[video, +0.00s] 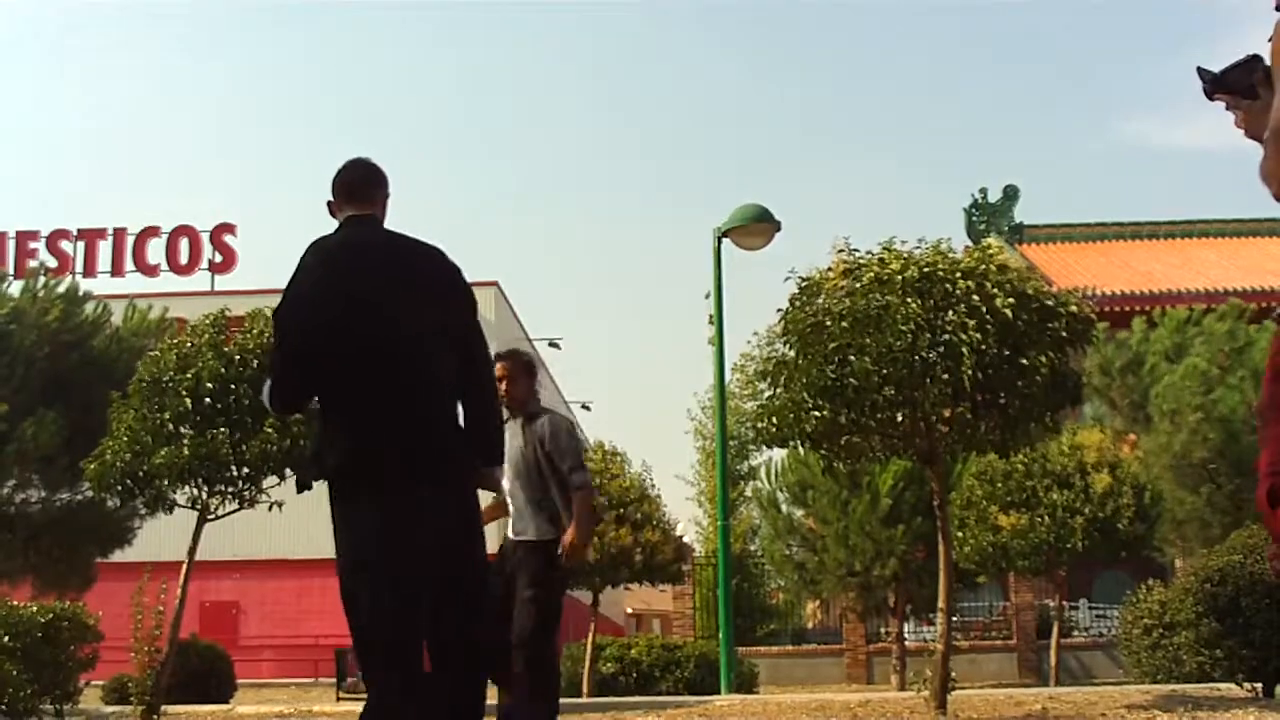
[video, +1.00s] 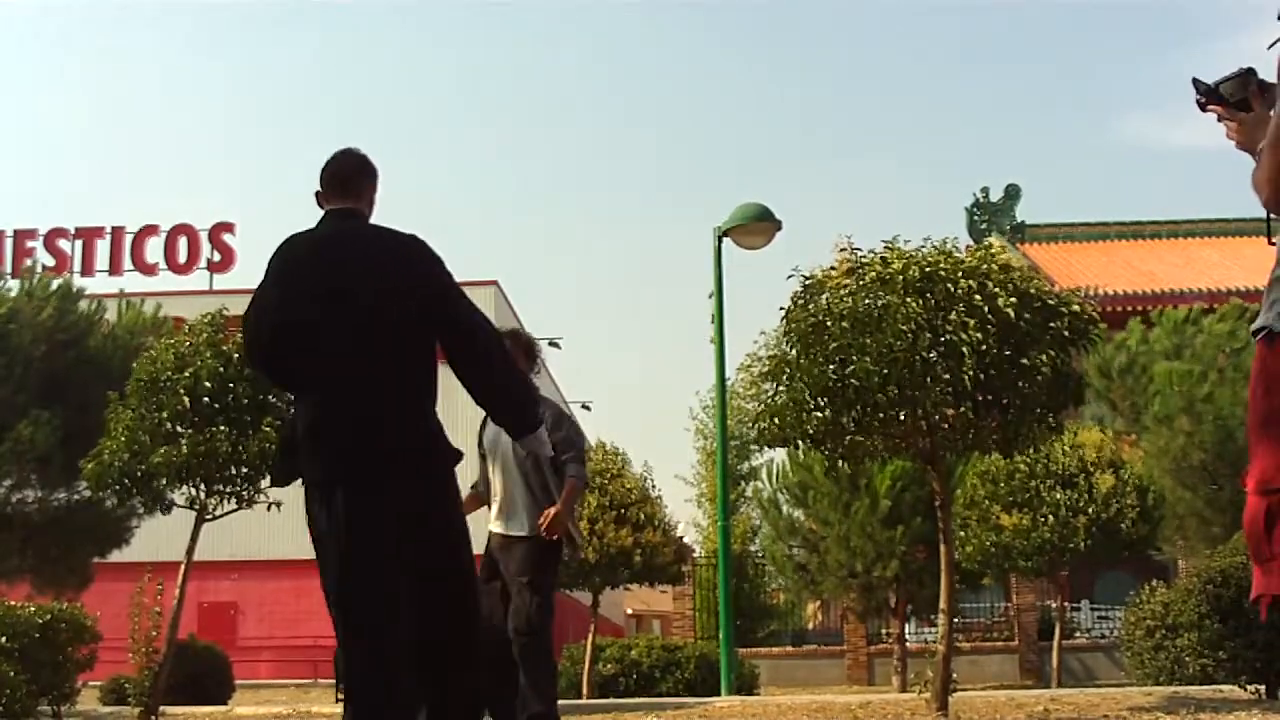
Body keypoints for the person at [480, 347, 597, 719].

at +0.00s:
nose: (501, 387)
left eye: (508, 379)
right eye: (497, 381)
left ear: (531, 381)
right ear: (495, 386)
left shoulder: (552, 424)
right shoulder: (508, 429)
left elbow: (581, 483)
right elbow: (512, 494)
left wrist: (579, 532)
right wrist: (477, 520)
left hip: (544, 546)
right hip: (513, 546)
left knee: (532, 638)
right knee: (501, 636)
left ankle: (536, 712)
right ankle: (514, 709)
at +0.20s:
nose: (495, 387)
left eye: (501, 379)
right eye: (492, 379)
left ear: (517, 384)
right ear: (489, 385)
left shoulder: (540, 433)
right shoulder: (485, 432)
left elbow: (565, 491)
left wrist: (548, 532)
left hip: (521, 551)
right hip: (487, 551)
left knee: (515, 642)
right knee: (492, 640)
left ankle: (528, 710)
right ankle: (502, 710)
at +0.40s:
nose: (492, 394)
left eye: (498, 386)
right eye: (488, 387)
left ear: (509, 384)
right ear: (483, 389)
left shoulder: (535, 434)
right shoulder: (474, 431)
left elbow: (560, 494)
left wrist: (560, 543)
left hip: (517, 541)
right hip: (479, 542)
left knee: (507, 628)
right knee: (486, 630)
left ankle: (527, 707)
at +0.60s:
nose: (497, 393)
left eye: (502, 384)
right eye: (492, 384)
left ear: (513, 384)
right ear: (481, 388)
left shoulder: (534, 434)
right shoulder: (473, 432)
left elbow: (563, 499)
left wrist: (568, 550)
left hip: (516, 552)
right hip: (475, 552)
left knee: (521, 647)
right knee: (477, 650)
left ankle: (536, 713)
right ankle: (484, 712)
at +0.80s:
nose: (503, 375)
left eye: (510, 366)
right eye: (498, 366)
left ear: (528, 369)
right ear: (489, 372)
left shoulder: (548, 423)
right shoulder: (491, 426)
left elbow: (574, 486)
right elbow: (487, 491)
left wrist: (570, 541)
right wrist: (453, 519)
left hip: (528, 547)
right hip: (492, 546)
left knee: (524, 644)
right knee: (478, 645)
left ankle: (538, 714)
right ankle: (492, 715)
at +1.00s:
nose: (504, 370)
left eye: (512, 360)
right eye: (500, 361)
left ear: (530, 364)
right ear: (492, 367)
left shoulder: (552, 415)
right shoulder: (491, 421)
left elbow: (576, 465)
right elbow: (486, 484)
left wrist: (564, 506)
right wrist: (455, 510)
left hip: (534, 540)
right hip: (497, 539)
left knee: (527, 631)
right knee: (490, 630)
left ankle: (539, 711)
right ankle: (501, 712)